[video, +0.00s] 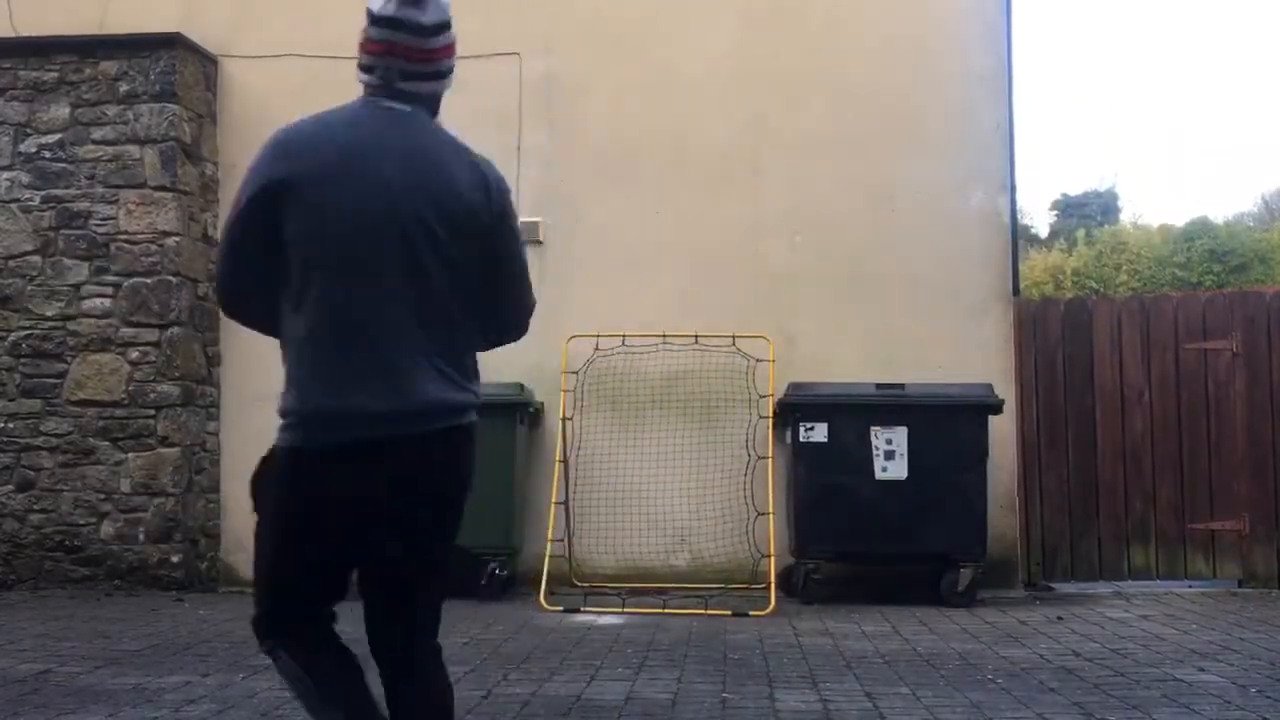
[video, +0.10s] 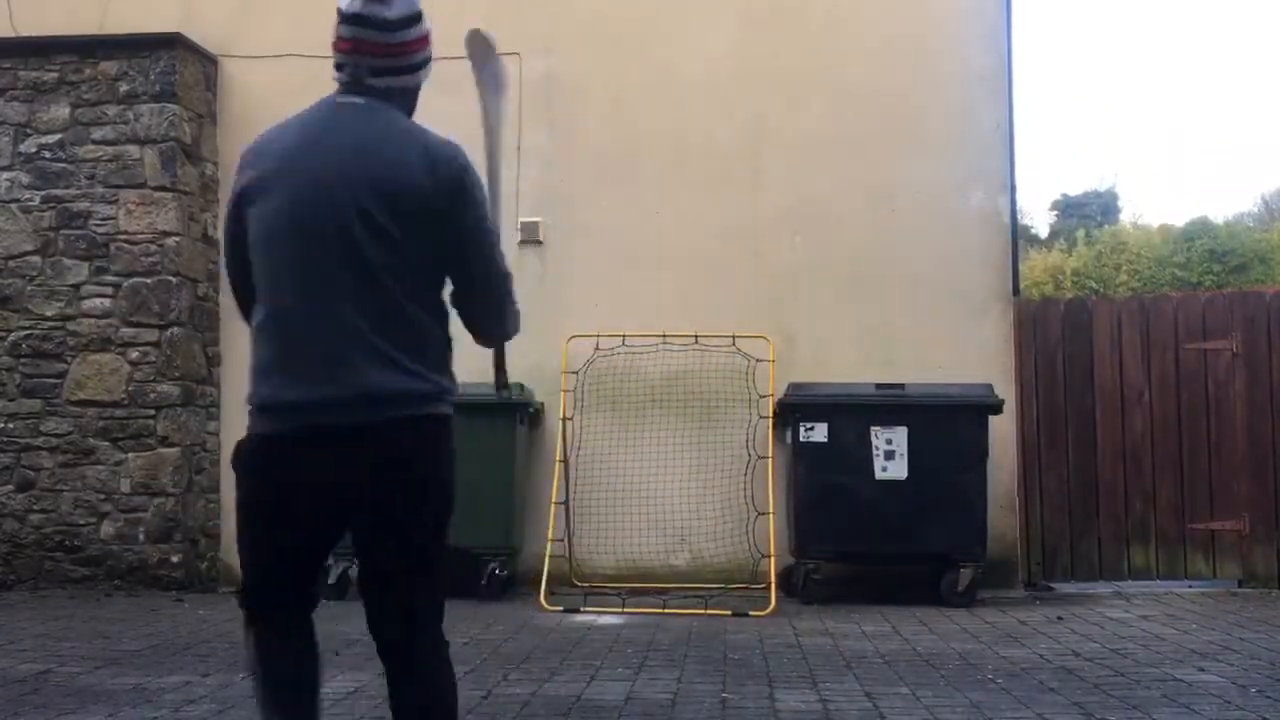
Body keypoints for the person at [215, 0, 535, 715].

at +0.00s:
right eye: (443, 65)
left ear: (363, 63)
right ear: (445, 74)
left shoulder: (294, 150)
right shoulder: (474, 177)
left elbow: (238, 288)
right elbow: (510, 315)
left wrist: (320, 323)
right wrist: (427, 329)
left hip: (323, 443)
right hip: (437, 441)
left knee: (290, 621)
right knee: (408, 633)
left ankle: (360, 713)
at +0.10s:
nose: (419, 78)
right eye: (420, 66)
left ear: (338, 64)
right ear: (416, 71)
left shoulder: (264, 153)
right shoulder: (440, 163)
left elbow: (250, 298)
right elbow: (492, 320)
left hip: (287, 439)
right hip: (408, 436)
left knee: (276, 616)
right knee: (410, 627)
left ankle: (292, 716)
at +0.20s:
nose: (382, 84)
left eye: (382, 67)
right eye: (377, 67)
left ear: (303, 68)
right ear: (353, 70)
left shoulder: (267, 132)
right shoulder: (340, 136)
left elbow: (344, 281)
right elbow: (378, 278)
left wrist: (448, 288)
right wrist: (474, 317)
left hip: (228, 416)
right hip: (321, 416)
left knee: (229, 611)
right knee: (386, 625)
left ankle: (168, 716)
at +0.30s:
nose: (369, 96)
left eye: (368, 77)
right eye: (361, 77)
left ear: (300, 79)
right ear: (321, 77)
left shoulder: (261, 141)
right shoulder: (289, 139)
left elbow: (335, 284)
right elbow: (319, 270)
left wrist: (457, 274)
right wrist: (439, 316)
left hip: (207, 425)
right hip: (265, 424)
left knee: (200, 623)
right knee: (365, 613)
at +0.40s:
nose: (358, 106)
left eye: (357, 87)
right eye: (350, 85)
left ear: (305, 85)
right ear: (306, 83)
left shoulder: (309, 187)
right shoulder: (228, 143)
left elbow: (364, 280)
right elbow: (247, 250)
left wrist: (417, 217)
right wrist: (389, 253)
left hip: (224, 427)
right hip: (190, 425)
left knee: (195, 624)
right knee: (313, 608)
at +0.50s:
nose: (366, 105)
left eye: (366, 88)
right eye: (359, 86)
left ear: (307, 84)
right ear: (318, 82)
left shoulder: (304, 173)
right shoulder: (223, 137)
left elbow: (365, 257)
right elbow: (249, 231)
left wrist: (404, 177)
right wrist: (384, 180)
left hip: (220, 424)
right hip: (169, 419)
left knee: (180, 623)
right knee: (278, 614)